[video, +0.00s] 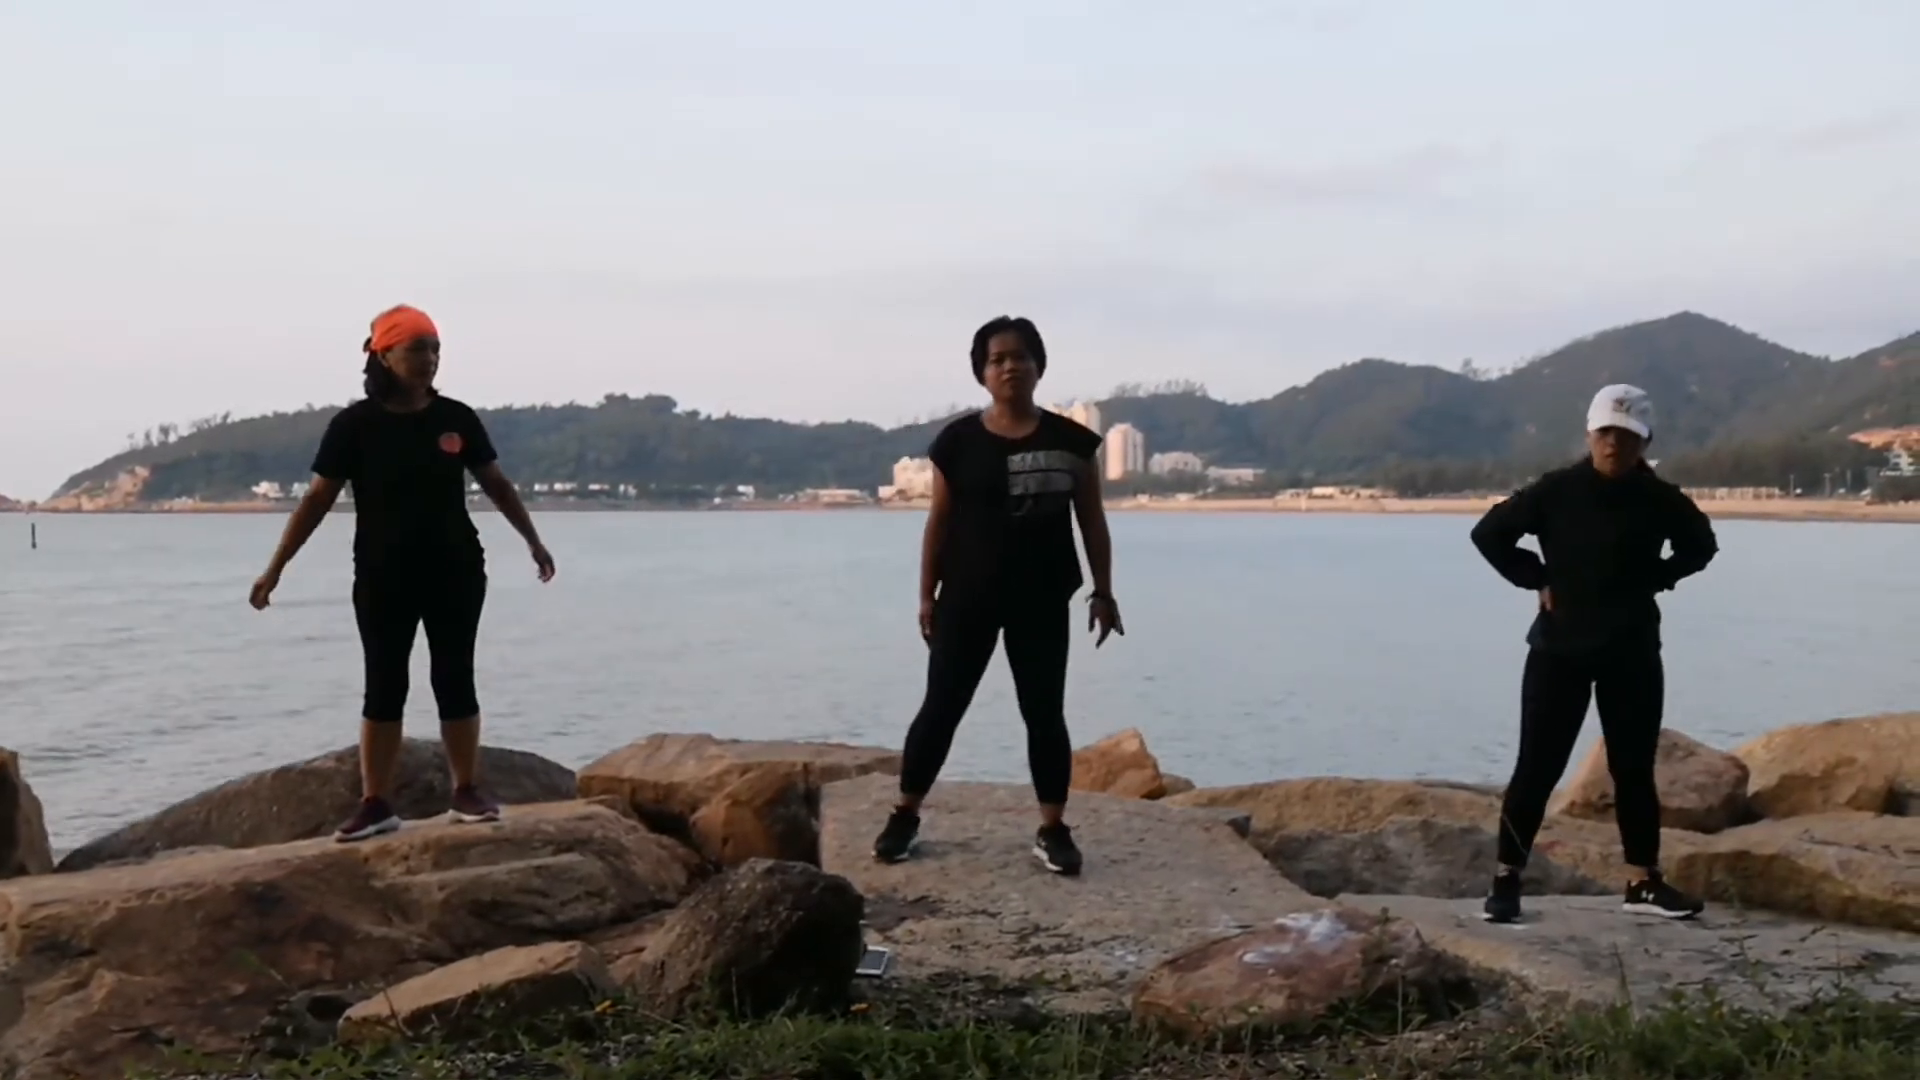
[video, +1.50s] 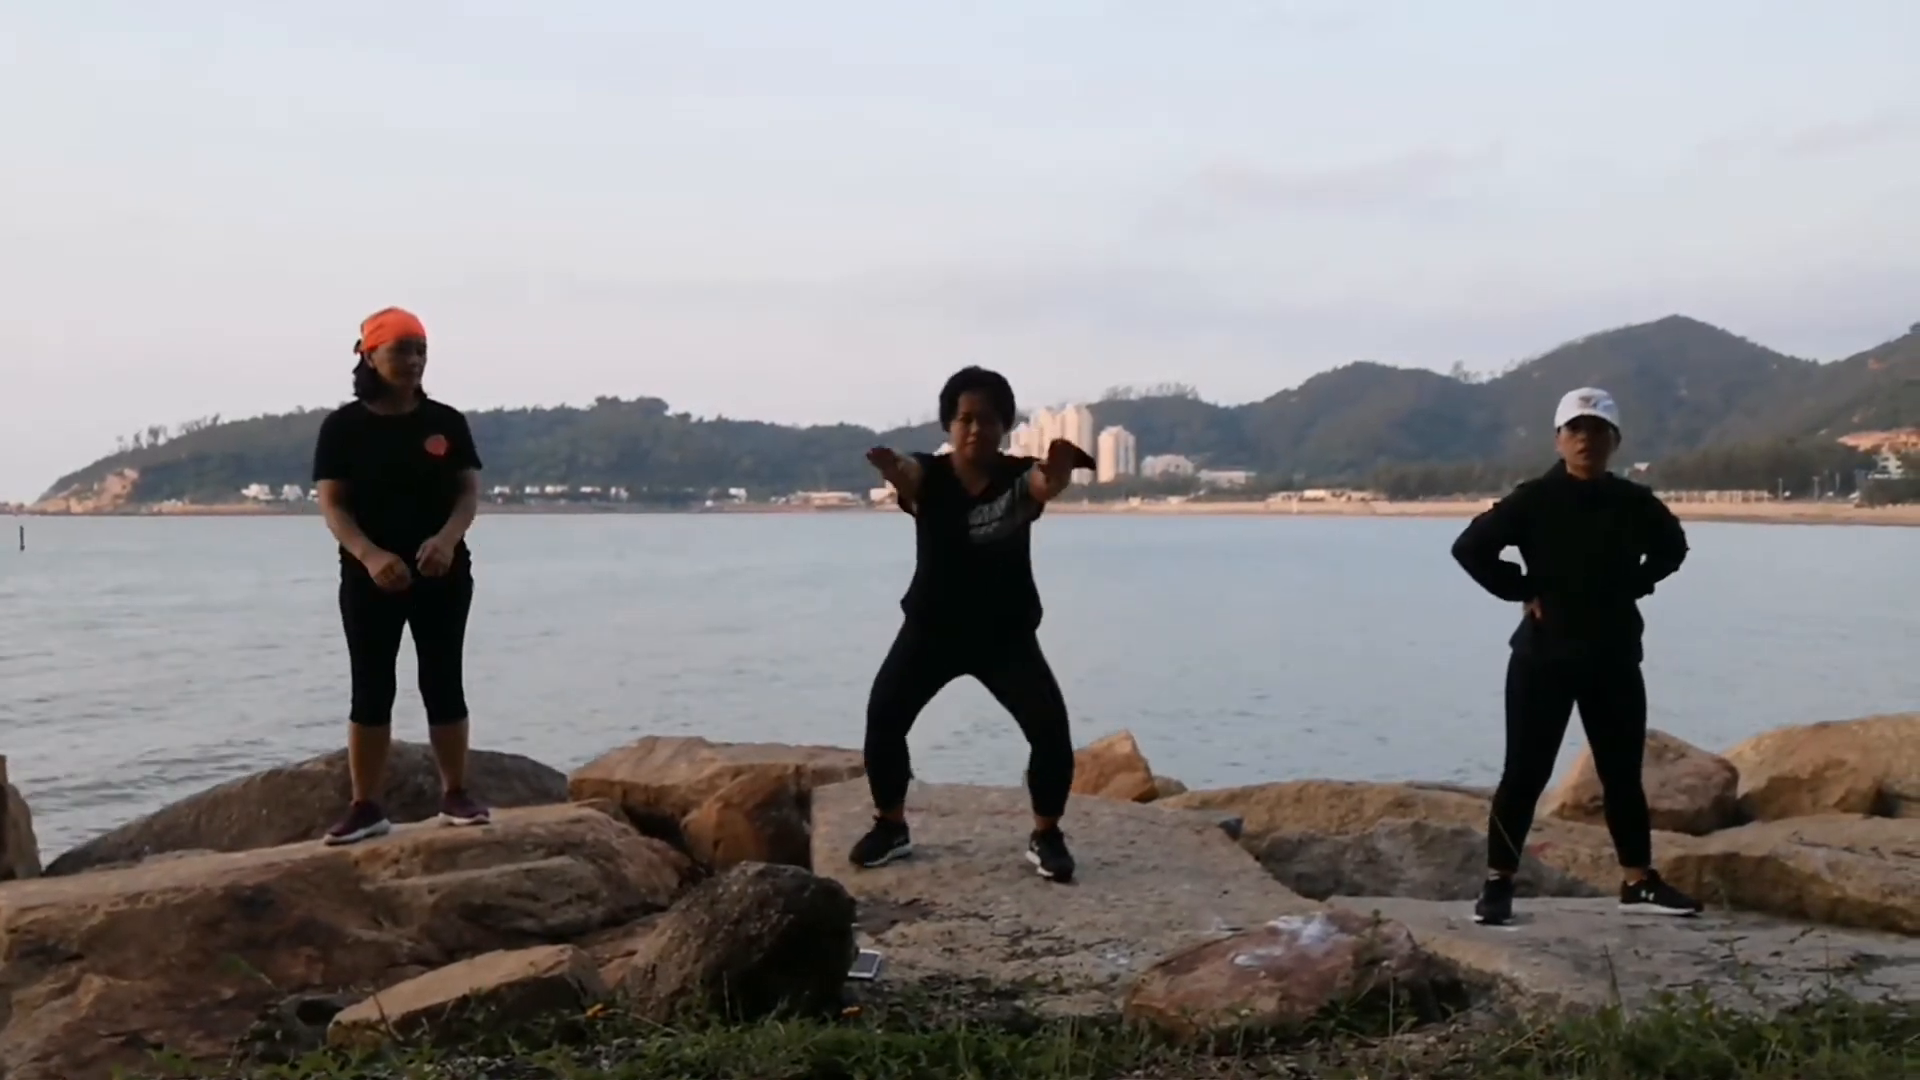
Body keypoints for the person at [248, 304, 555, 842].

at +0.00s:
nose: (430, 358)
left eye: (434, 348)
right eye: (418, 349)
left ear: (437, 354)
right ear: (384, 356)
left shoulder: (457, 420)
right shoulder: (353, 426)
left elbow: (495, 483)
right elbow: (316, 501)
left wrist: (533, 539)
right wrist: (273, 568)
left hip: (453, 575)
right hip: (384, 580)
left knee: (455, 684)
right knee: (383, 692)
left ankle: (466, 791)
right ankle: (374, 802)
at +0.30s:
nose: (426, 357)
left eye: (431, 348)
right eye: (414, 349)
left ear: (436, 353)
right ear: (381, 356)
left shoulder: (454, 420)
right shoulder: (350, 426)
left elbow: (481, 493)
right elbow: (338, 509)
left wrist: (492, 553)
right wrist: (348, 575)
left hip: (450, 574)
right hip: (381, 579)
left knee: (453, 685)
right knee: (381, 692)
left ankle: (464, 792)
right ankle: (373, 803)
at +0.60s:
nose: (423, 358)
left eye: (427, 348)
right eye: (410, 349)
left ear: (432, 354)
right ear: (378, 357)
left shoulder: (452, 420)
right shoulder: (348, 426)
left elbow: (482, 490)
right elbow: (336, 507)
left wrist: (461, 533)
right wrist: (387, 545)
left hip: (449, 574)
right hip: (378, 577)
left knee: (451, 685)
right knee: (379, 689)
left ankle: (461, 794)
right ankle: (372, 803)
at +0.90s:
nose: (423, 359)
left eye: (428, 349)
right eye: (411, 349)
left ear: (433, 356)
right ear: (378, 356)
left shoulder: (451, 423)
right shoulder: (347, 427)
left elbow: (484, 492)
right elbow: (319, 505)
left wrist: (510, 553)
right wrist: (292, 577)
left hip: (447, 578)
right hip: (376, 581)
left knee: (449, 686)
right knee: (377, 694)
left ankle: (459, 794)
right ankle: (370, 804)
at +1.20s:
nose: (418, 358)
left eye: (424, 349)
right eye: (406, 349)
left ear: (431, 357)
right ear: (375, 355)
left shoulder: (450, 426)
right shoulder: (344, 427)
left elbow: (482, 496)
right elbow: (310, 504)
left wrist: (515, 556)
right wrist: (269, 573)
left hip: (444, 580)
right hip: (373, 583)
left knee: (447, 687)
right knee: (374, 695)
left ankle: (458, 795)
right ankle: (367, 806)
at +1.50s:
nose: (412, 358)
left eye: (418, 349)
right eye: (400, 349)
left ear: (426, 355)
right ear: (369, 356)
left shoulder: (448, 422)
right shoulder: (341, 427)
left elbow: (469, 491)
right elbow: (331, 506)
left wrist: (449, 536)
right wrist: (369, 553)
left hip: (441, 575)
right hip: (369, 579)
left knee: (444, 686)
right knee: (370, 692)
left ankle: (455, 796)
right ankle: (365, 805)